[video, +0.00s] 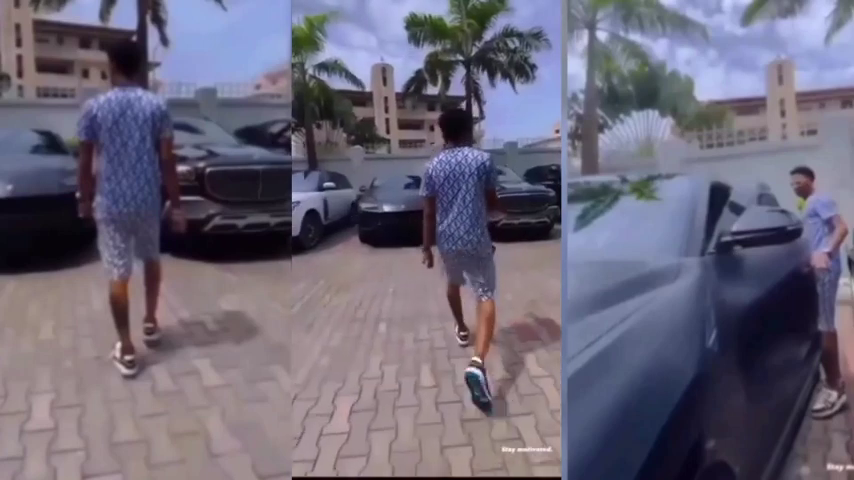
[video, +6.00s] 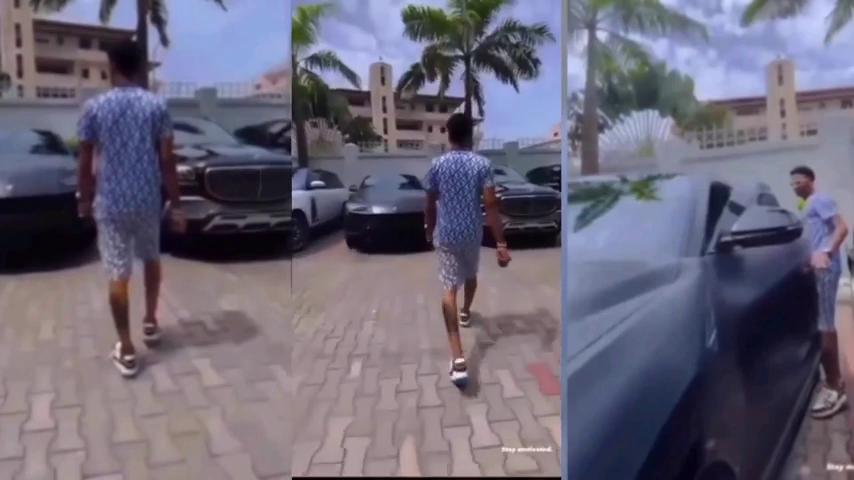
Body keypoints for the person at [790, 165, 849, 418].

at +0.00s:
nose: (796, 188)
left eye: (799, 183)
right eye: (794, 185)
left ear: (811, 181)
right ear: (796, 185)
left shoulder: (821, 201)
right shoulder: (808, 206)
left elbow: (841, 228)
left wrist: (827, 252)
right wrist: (809, 256)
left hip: (825, 269)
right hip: (814, 269)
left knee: (825, 328)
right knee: (821, 327)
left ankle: (835, 388)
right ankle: (831, 385)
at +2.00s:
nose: (796, 188)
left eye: (799, 183)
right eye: (794, 185)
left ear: (811, 181)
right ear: (796, 185)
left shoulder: (821, 201)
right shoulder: (808, 206)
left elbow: (841, 228)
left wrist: (827, 252)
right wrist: (809, 256)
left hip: (825, 269)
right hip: (814, 269)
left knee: (825, 328)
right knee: (821, 327)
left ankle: (835, 388)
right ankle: (831, 385)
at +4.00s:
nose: (796, 188)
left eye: (799, 183)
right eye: (794, 185)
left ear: (811, 181)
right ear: (796, 185)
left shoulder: (821, 201)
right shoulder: (808, 206)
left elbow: (841, 228)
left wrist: (827, 252)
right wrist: (809, 256)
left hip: (825, 269)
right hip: (814, 269)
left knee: (825, 328)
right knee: (821, 327)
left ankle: (835, 388)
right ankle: (831, 385)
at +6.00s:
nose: (796, 187)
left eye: (799, 183)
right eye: (793, 184)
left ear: (811, 181)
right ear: (797, 185)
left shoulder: (821, 201)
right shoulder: (809, 205)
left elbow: (842, 227)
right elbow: (820, 234)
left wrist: (827, 253)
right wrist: (810, 255)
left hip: (825, 268)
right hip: (815, 268)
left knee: (825, 327)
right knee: (822, 327)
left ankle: (834, 388)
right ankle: (830, 385)